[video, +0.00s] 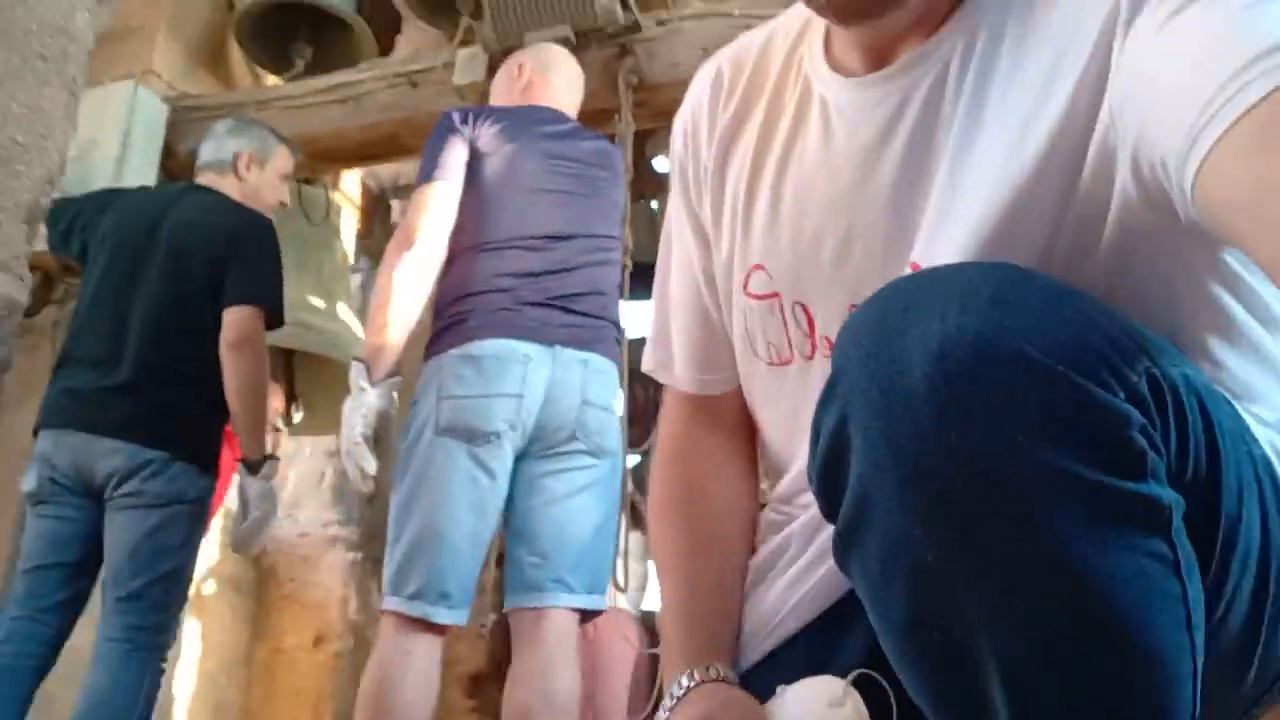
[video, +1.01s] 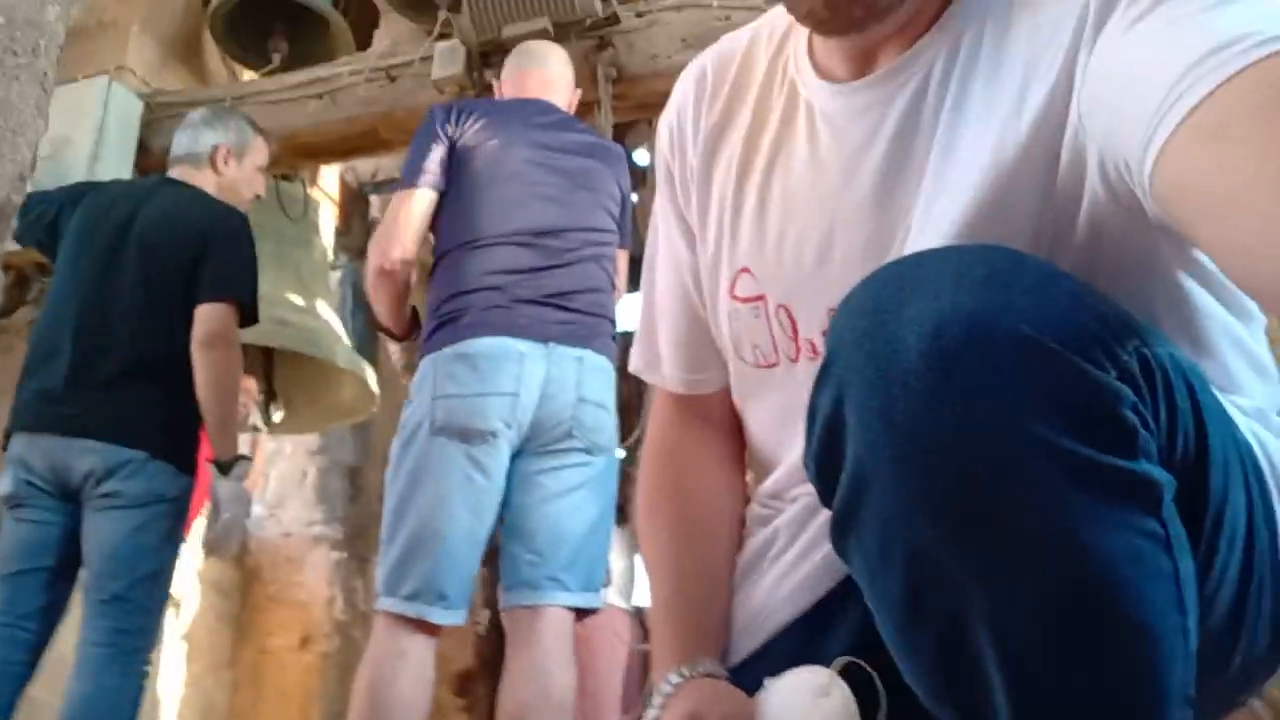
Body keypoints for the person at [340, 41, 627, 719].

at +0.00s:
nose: (490, 90)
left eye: (498, 77)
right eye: (498, 78)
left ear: (520, 75)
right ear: (575, 100)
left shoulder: (469, 127)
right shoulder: (610, 158)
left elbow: (421, 242)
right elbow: (605, 273)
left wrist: (371, 377)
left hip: (481, 361)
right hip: (593, 373)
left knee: (415, 617)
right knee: (551, 614)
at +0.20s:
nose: (527, 125)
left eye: (529, 116)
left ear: (535, 115)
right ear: (610, 133)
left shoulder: (507, 150)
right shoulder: (646, 183)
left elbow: (465, 264)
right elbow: (638, 298)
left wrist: (416, 395)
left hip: (525, 384)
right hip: (633, 395)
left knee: (462, 631)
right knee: (595, 631)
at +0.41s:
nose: (614, 105)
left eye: (615, 97)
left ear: (619, 96)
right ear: (698, 111)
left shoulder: (589, 128)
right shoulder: (732, 160)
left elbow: (547, 239)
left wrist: (506, 371)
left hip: (610, 359)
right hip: (719, 368)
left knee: (550, 609)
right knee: (683, 608)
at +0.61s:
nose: (625, 94)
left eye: (627, 87)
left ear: (630, 88)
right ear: (709, 101)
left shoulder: (598, 119)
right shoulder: (746, 147)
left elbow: (555, 235)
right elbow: (742, 257)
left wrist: (515, 370)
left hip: (621, 353)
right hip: (731, 360)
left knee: (563, 607)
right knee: (695, 601)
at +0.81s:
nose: (575, 114)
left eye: (576, 106)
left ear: (581, 107)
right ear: (658, 120)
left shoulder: (547, 139)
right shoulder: (695, 171)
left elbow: (495, 268)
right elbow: (701, 294)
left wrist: (468, 375)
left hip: (565, 372)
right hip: (676, 382)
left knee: (501, 623)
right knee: (634, 621)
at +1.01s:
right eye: (576, 96)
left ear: (497, 87)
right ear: (576, 100)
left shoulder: (456, 119)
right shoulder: (611, 155)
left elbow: (391, 257)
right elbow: (615, 280)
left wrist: (400, 330)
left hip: (475, 356)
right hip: (587, 369)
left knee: (411, 616)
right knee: (545, 611)